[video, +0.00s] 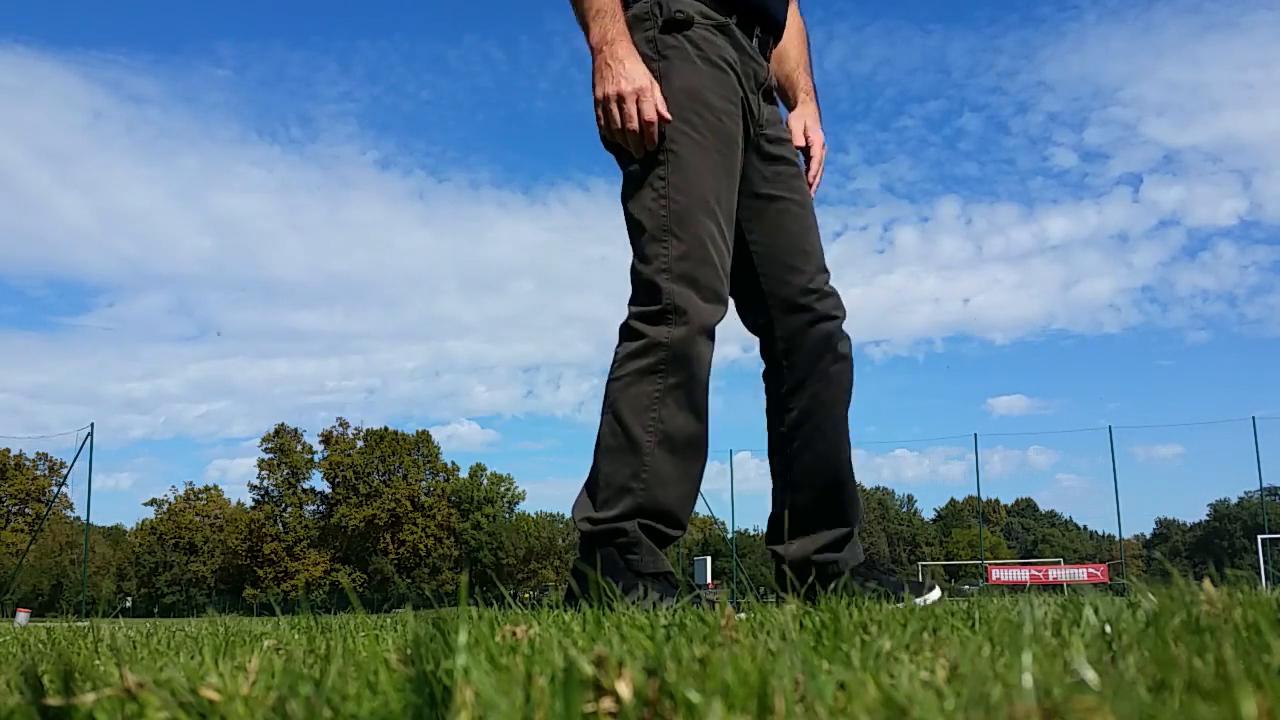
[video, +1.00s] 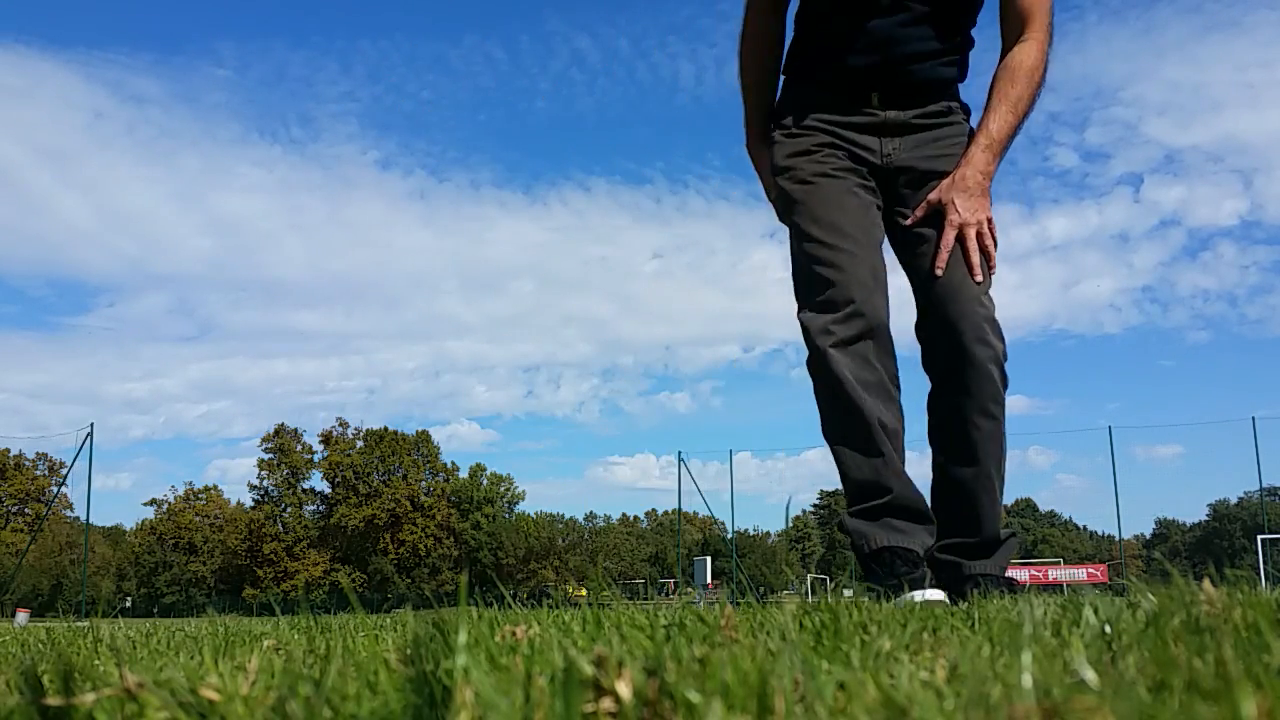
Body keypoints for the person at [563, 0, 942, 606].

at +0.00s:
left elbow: (781, 7)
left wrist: (802, 95)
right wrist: (611, 45)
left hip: (756, 52)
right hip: (678, 27)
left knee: (809, 319)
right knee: (679, 305)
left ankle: (822, 562)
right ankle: (619, 561)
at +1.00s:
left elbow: (1029, 37)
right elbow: (762, 23)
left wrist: (977, 170)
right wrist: (761, 145)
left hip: (933, 124)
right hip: (818, 126)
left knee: (970, 333)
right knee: (850, 324)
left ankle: (974, 564)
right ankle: (896, 561)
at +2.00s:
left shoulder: (709, 6)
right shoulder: (513, 10)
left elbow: (725, 60)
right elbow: (500, 98)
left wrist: (722, 163)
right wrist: (549, 190)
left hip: (693, 186)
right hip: (586, 192)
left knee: (711, 386)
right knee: (589, 382)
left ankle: (710, 573)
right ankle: (595, 575)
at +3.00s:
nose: (668, 3)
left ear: (666, 6)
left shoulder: (677, 65)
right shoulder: (527, 52)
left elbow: (671, 157)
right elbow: (462, 147)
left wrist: (648, 247)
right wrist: (477, 258)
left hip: (626, 249)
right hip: (534, 243)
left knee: (638, 413)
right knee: (521, 402)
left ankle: (636, 584)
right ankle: (500, 583)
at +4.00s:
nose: (502, 317)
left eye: (521, 297)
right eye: (484, 298)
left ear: (552, 265)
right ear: (457, 268)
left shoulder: (588, 279)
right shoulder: (414, 266)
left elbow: (629, 442)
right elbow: (350, 406)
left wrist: (639, 602)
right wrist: (350, 562)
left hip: (550, 320)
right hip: (451, 312)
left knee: (515, 432)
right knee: (440, 426)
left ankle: (476, 578)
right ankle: (494, 579)